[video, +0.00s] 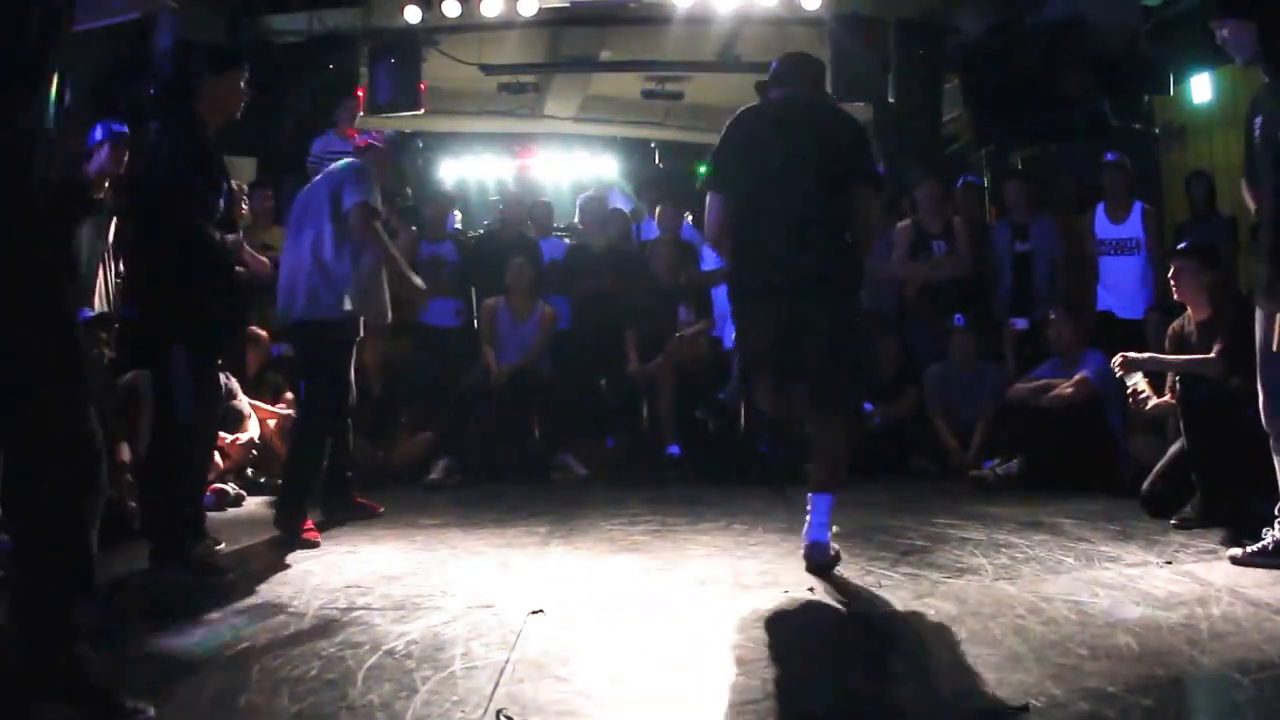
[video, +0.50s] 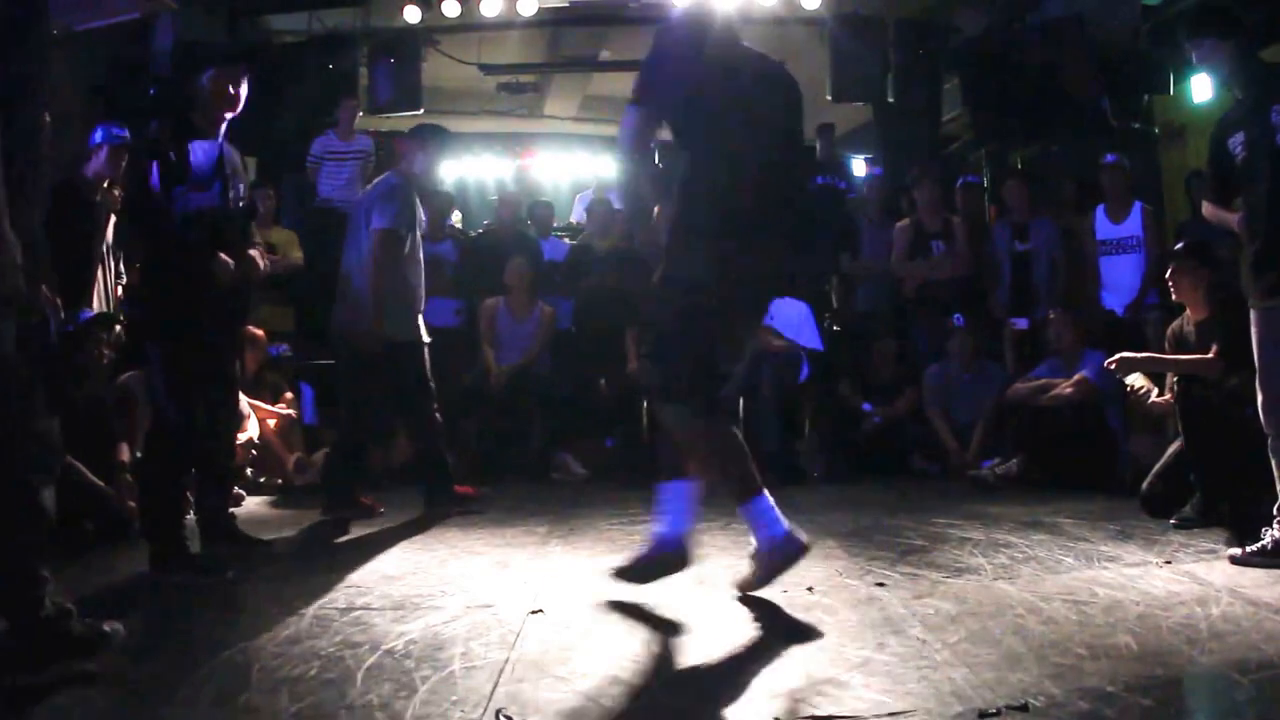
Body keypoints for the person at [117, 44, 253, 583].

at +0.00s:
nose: (244, 97)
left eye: (243, 86)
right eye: (237, 86)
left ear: (210, 87)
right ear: (208, 86)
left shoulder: (185, 141)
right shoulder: (183, 144)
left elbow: (192, 224)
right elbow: (183, 232)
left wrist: (234, 241)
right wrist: (235, 256)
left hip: (178, 308)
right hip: (176, 312)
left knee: (182, 424)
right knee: (187, 424)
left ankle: (175, 539)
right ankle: (177, 544)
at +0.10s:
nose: (241, 96)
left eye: (241, 86)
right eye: (233, 85)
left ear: (217, 88)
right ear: (205, 84)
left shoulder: (198, 144)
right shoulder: (175, 144)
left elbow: (196, 227)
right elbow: (174, 233)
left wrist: (235, 243)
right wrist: (229, 248)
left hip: (193, 308)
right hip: (173, 310)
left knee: (194, 424)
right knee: (180, 426)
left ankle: (187, 523)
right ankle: (169, 541)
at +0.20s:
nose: (240, 97)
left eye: (240, 87)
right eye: (234, 86)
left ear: (214, 88)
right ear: (205, 86)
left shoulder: (200, 143)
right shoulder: (173, 142)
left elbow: (197, 224)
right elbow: (169, 232)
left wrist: (233, 243)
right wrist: (229, 253)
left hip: (195, 307)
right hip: (174, 309)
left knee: (200, 418)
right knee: (186, 421)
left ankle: (198, 524)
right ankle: (177, 538)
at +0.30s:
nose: (235, 99)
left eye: (238, 89)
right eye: (228, 87)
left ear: (224, 93)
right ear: (199, 86)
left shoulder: (205, 147)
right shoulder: (166, 143)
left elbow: (209, 226)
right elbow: (162, 236)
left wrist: (237, 248)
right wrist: (223, 261)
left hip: (198, 306)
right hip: (168, 308)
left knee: (205, 420)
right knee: (179, 423)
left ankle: (213, 527)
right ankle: (167, 544)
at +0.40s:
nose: (230, 100)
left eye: (235, 90)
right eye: (223, 87)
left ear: (230, 94)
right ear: (196, 85)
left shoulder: (209, 147)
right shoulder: (166, 142)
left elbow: (220, 220)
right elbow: (163, 233)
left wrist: (245, 248)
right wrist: (226, 264)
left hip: (210, 308)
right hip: (170, 309)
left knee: (216, 420)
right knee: (170, 427)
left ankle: (217, 527)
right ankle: (167, 546)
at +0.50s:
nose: (230, 101)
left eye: (238, 93)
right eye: (222, 89)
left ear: (244, 101)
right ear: (196, 90)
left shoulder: (231, 157)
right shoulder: (163, 149)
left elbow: (241, 222)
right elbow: (150, 232)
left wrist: (255, 253)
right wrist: (209, 260)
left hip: (216, 312)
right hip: (169, 312)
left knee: (218, 419)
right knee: (172, 423)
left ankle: (217, 526)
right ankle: (166, 544)